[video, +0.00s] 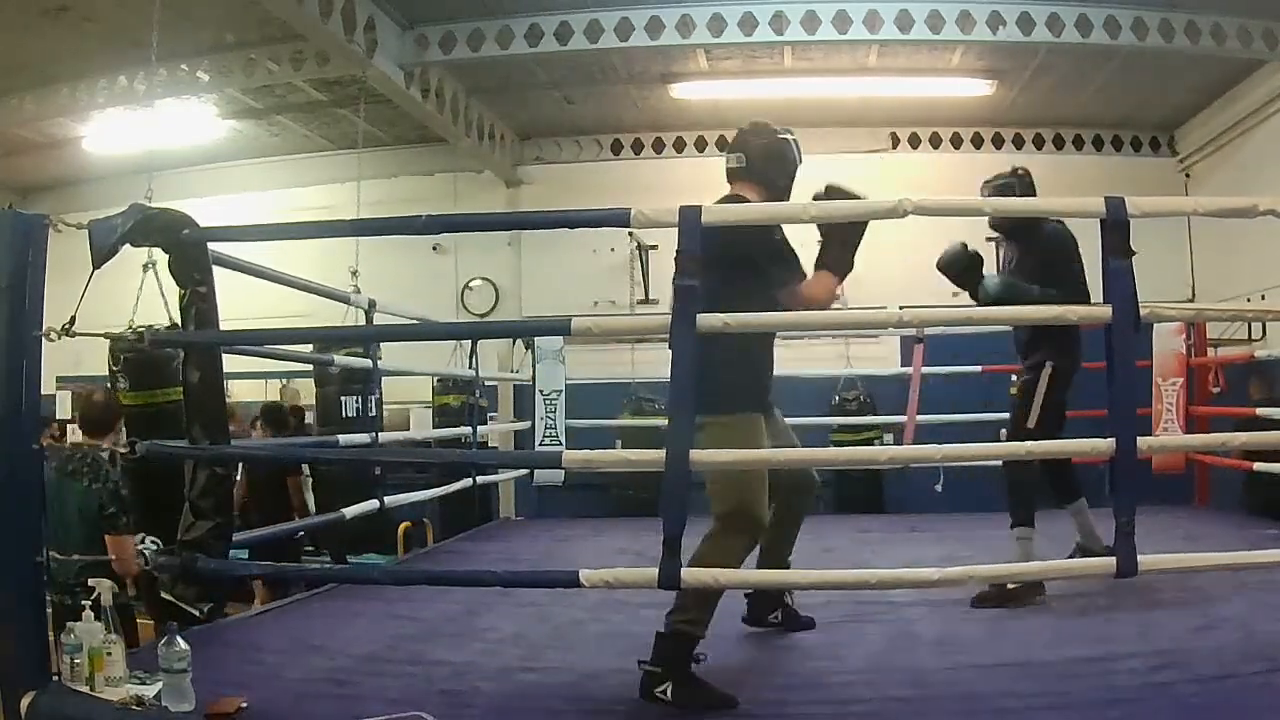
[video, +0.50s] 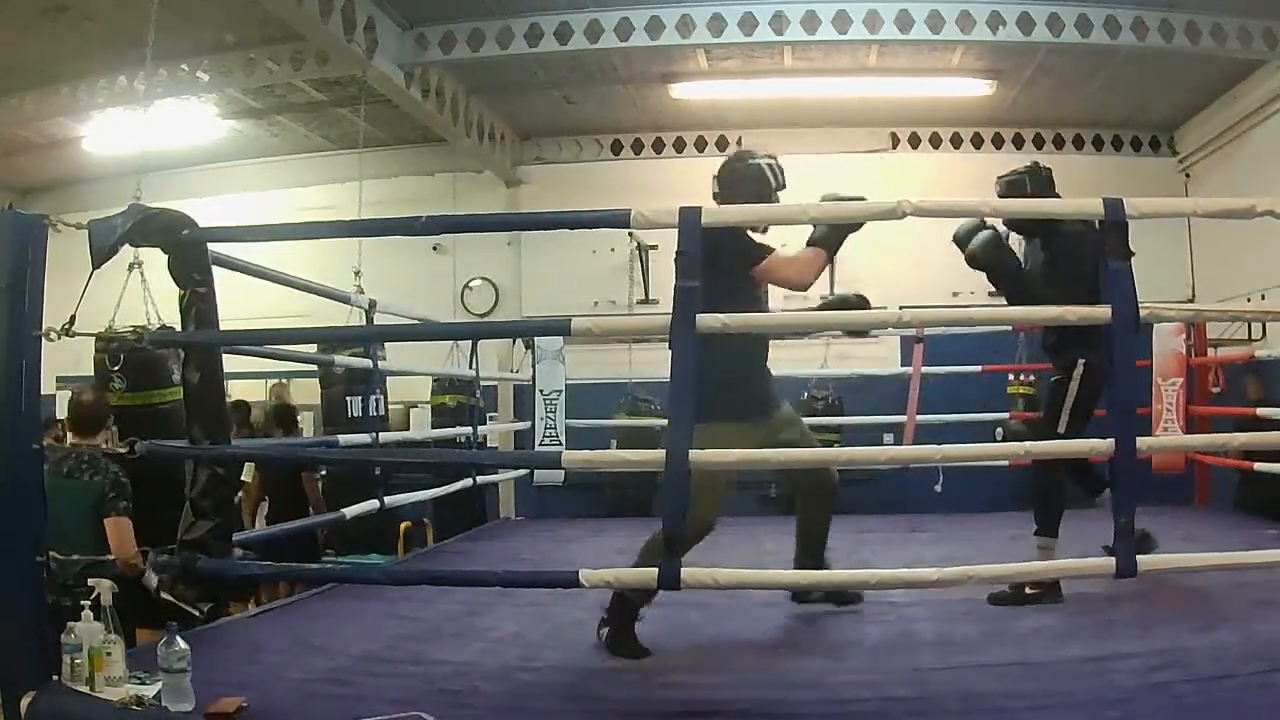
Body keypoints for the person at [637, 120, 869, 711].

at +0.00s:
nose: (794, 183)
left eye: (793, 174)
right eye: (792, 173)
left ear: (737, 167)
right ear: (781, 172)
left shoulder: (718, 222)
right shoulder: (752, 223)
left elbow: (789, 295)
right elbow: (811, 298)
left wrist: (828, 243)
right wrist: (842, 237)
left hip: (742, 398)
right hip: (729, 401)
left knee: (796, 487)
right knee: (740, 521)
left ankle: (767, 600)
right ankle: (670, 663)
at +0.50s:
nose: (770, 208)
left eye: (771, 199)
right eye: (765, 198)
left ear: (729, 192)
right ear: (745, 195)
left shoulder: (736, 241)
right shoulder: (717, 238)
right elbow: (799, 275)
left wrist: (825, 239)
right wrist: (831, 232)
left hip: (760, 401)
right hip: (715, 407)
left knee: (818, 476)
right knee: (697, 517)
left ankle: (809, 574)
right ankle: (620, 614)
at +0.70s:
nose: (802, 221)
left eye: (805, 214)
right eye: (796, 213)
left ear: (804, 214)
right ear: (771, 208)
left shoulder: (802, 253)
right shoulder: (735, 253)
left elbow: (870, 262)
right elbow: (785, 304)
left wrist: (926, 232)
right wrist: (810, 258)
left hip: (793, 406)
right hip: (737, 408)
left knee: (836, 489)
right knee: (697, 505)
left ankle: (841, 577)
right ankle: (647, 605)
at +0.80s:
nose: (814, 222)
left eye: (817, 216)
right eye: (809, 214)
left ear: (810, 215)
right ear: (788, 209)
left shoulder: (808, 255)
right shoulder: (749, 252)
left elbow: (867, 282)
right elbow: (799, 302)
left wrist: (921, 258)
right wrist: (822, 256)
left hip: (804, 393)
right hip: (750, 398)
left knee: (861, 465)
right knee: (741, 477)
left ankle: (855, 563)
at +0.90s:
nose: (834, 225)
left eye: (835, 217)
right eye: (830, 216)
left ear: (811, 216)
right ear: (807, 214)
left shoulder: (828, 268)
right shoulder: (763, 263)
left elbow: (886, 288)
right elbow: (797, 316)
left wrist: (932, 256)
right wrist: (833, 271)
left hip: (816, 407)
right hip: (762, 411)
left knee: (871, 476)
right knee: (751, 501)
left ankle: (890, 557)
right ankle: (714, 586)